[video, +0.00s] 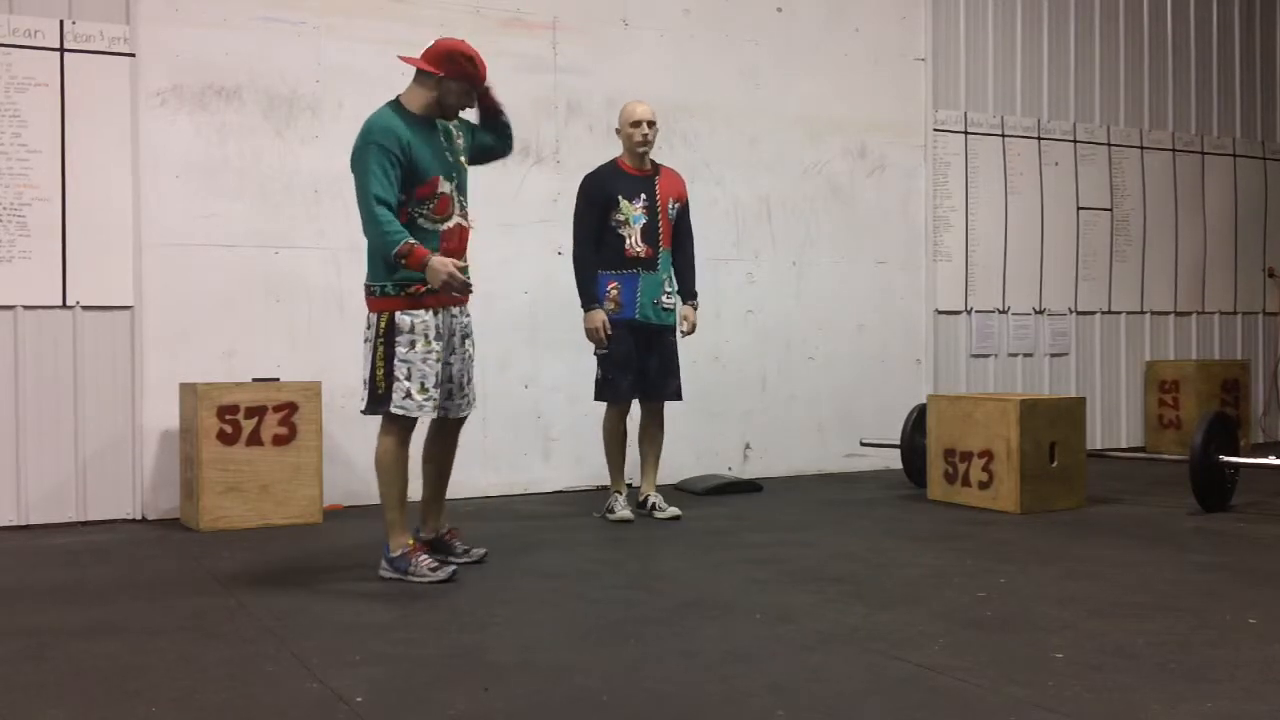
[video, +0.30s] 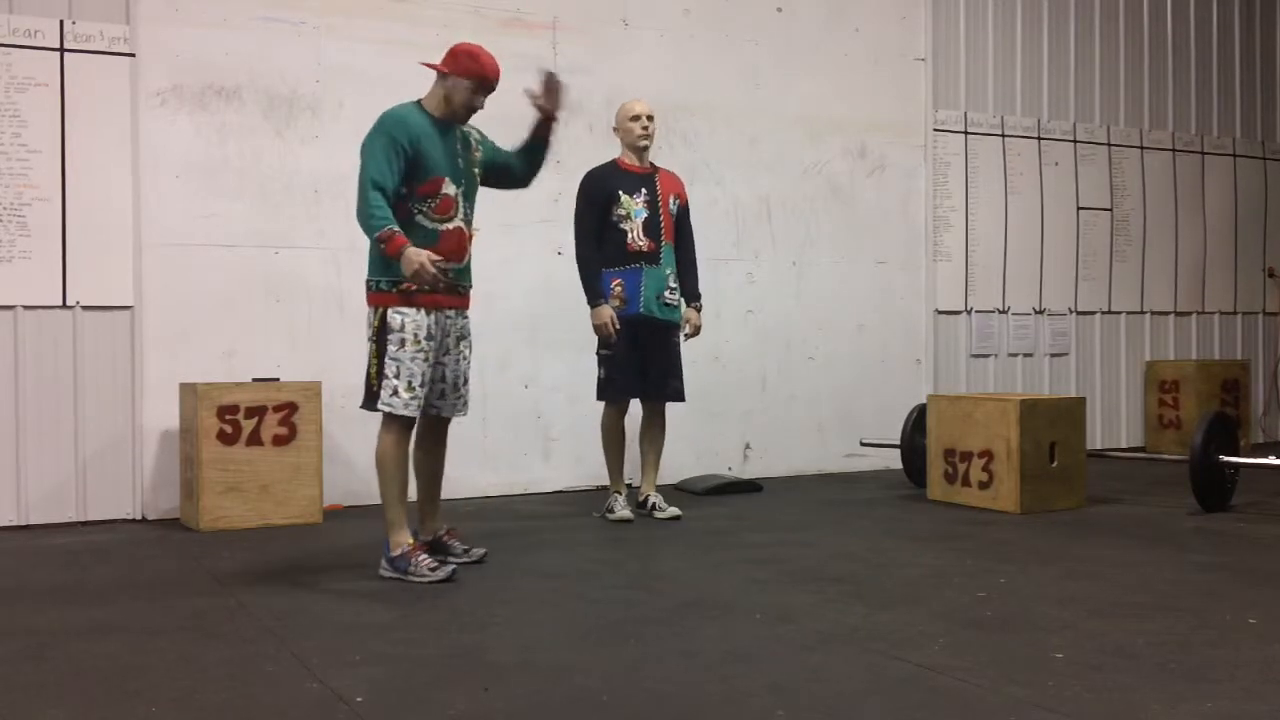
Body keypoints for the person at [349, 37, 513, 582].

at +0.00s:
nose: (469, 102)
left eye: (473, 94)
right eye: (466, 92)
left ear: (449, 84)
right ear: (440, 80)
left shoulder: (447, 130)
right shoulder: (382, 133)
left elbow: (498, 142)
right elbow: (378, 220)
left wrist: (482, 91)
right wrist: (426, 260)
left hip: (450, 297)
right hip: (403, 301)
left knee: (451, 413)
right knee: (400, 419)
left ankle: (430, 531)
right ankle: (398, 549)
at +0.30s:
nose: (482, 103)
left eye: (487, 95)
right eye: (478, 92)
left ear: (477, 91)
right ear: (449, 80)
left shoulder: (468, 141)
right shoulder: (397, 127)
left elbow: (518, 170)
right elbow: (371, 203)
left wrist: (545, 119)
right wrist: (404, 251)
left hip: (451, 301)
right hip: (403, 300)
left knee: (436, 417)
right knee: (399, 418)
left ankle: (429, 533)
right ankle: (398, 546)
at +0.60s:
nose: (482, 99)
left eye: (492, 94)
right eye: (476, 87)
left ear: (498, 102)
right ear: (455, 83)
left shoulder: (484, 159)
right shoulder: (411, 127)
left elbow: (530, 214)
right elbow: (377, 195)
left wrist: (588, 253)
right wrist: (387, 266)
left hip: (448, 304)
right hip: (403, 296)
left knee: (431, 419)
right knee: (400, 417)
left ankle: (428, 532)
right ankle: (400, 544)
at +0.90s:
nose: (498, 108)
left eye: (509, 105)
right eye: (493, 96)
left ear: (514, 115)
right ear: (471, 93)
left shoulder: (493, 176)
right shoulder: (426, 127)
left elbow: (522, 249)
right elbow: (376, 184)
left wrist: (571, 307)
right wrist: (385, 261)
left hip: (446, 303)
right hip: (403, 292)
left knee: (429, 415)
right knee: (400, 412)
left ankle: (429, 530)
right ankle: (402, 538)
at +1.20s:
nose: (517, 136)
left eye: (522, 128)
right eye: (517, 124)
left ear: (500, 111)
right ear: (493, 104)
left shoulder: (491, 174)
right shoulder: (424, 128)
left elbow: (518, 246)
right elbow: (382, 191)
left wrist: (568, 304)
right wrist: (406, 260)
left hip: (448, 301)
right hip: (406, 289)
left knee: (432, 415)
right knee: (405, 410)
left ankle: (430, 530)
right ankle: (404, 538)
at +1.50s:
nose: (516, 140)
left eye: (521, 132)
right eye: (518, 129)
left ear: (501, 113)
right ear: (498, 107)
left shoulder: (487, 173)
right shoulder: (426, 129)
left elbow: (510, 249)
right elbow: (388, 195)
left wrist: (558, 307)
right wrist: (410, 266)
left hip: (446, 300)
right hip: (406, 291)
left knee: (430, 415)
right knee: (404, 410)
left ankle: (429, 529)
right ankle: (403, 538)